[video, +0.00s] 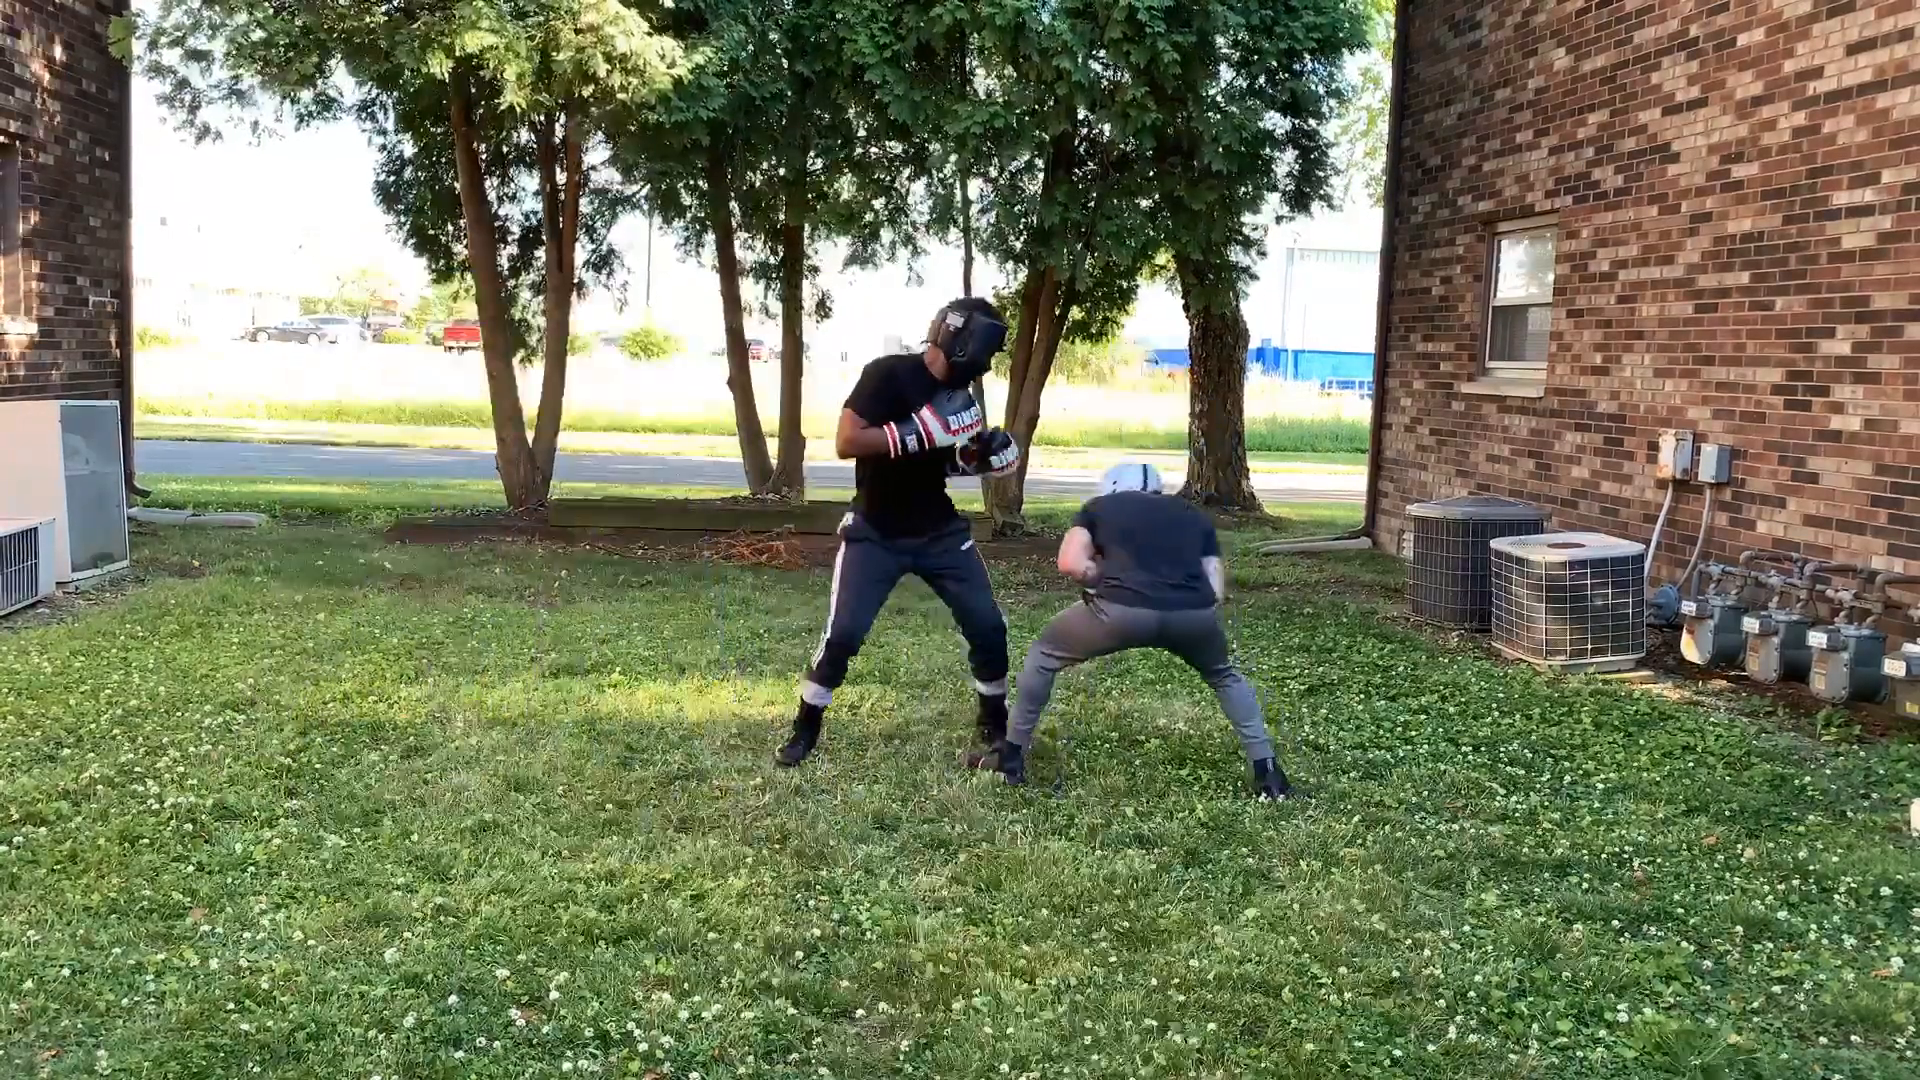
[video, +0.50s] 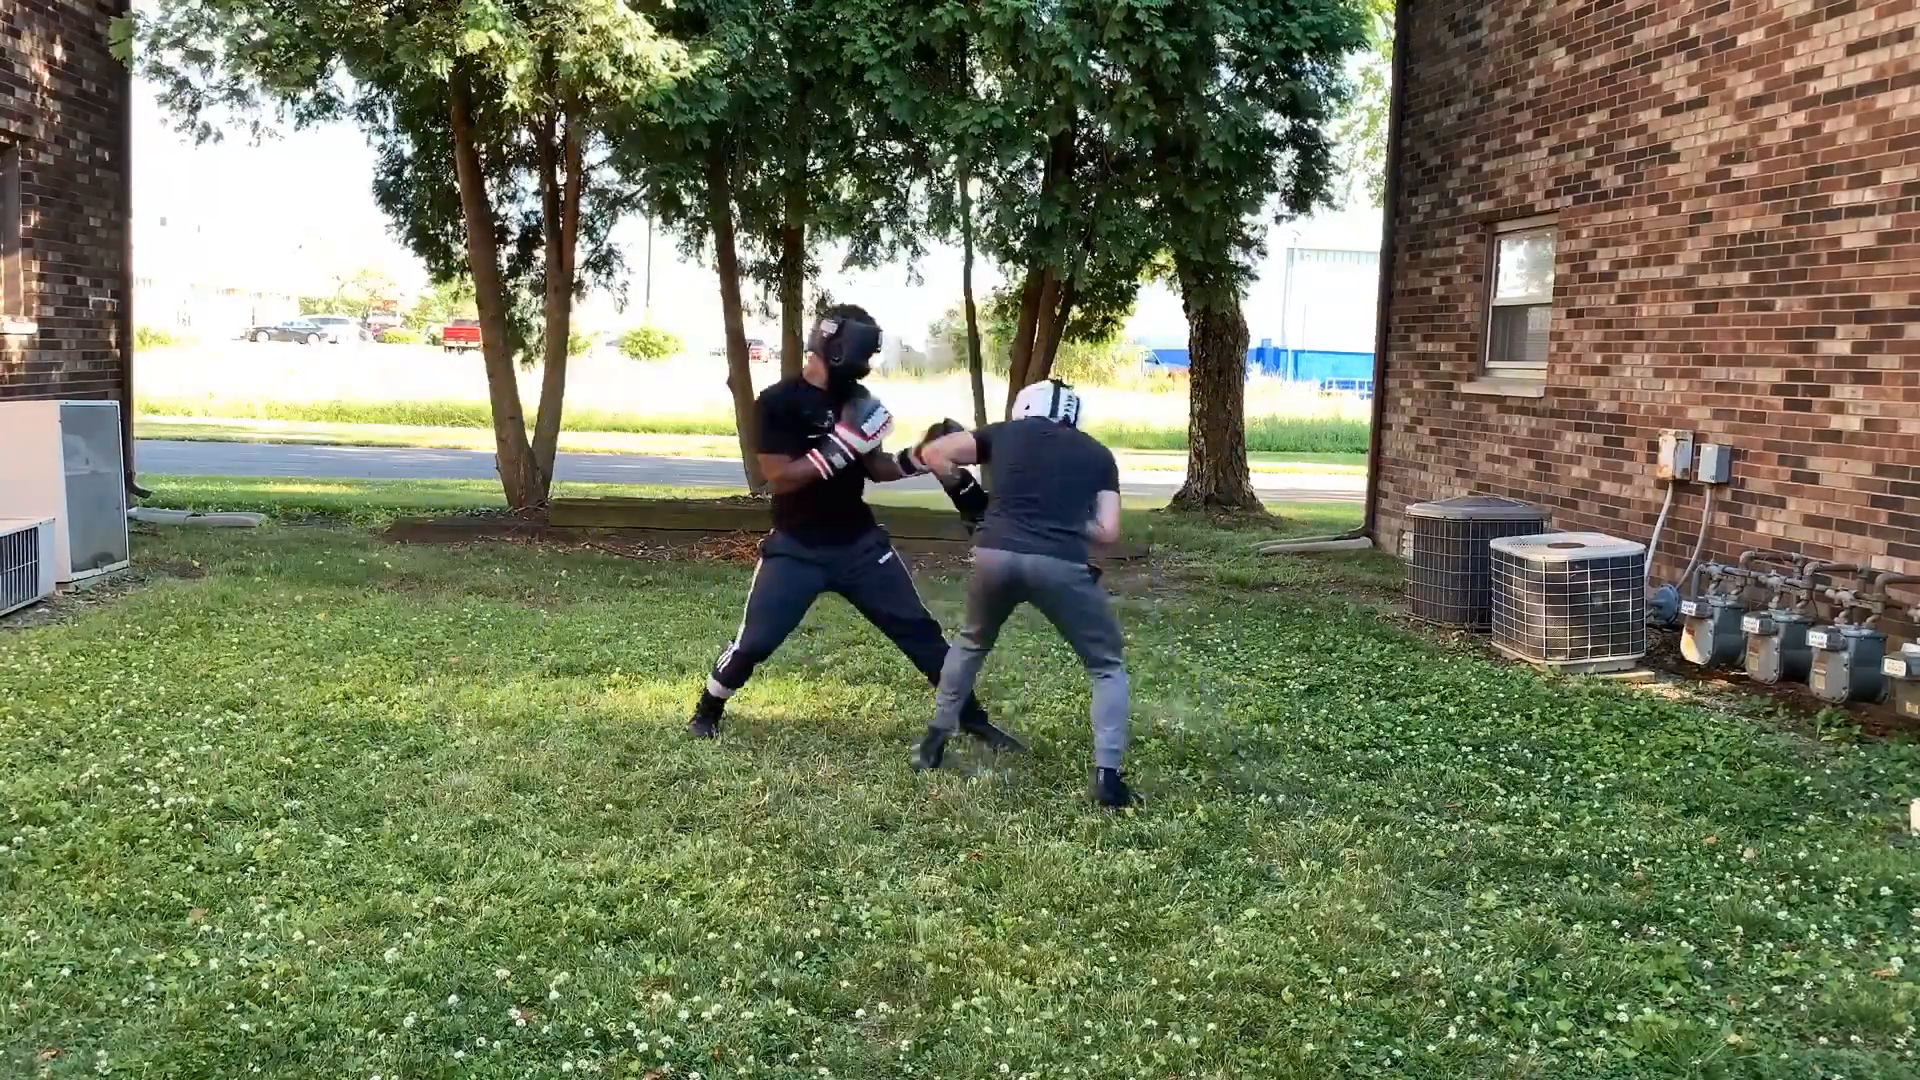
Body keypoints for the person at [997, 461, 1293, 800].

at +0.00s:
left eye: (1106, 488)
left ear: (1112, 489)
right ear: (1158, 489)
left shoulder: (1098, 506)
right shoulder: (1193, 514)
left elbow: (1070, 561)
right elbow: (1215, 589)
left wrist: (1108, 576)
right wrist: (1173, 585)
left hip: (1122, 610)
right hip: (1195, 615)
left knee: (1045, 654)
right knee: (1225, 675)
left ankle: (1011, 754)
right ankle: (1267, 769)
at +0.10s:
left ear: (1066, 484)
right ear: (1109, 480)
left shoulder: (1059, 502)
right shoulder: (1143, 501)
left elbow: (1038, 561)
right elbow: (1174, 556)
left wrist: (1073, 577)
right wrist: (1138, 573)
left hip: (1109, 604)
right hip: (1176, 607)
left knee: (1026, 650)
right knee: (1201, 678)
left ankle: (1006, 758)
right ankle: (1264, 768)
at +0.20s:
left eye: (1038, 459)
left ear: (1043, 459)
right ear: (1089, 457)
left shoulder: (1030, 474)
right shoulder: (1126, 479)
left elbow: (990, 516)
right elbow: (1141, 538)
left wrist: (1023, 547)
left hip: (1070, 584)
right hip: (1141, 585)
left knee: (1009, 650)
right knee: (1182, 668)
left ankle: (1004, 758)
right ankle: (1254, 764)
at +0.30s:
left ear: (1040, 430)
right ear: (1088, 433)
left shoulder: (1018, 445)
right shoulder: (1112, 459)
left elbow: (943, 451)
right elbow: (1132, 537)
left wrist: (969, 505)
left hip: (1043, 566)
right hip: (1113, 565)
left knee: (1007, 649)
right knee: (1157, 653)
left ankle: (1006, 758)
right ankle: (1198, 760)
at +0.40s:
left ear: (1038, 411)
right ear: (1083, 417)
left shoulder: (1013, 428)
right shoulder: (1108, 449)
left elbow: (936, 433)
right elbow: (1117, 525)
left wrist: (964, 487)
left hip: (1021, 551)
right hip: (1089, 558)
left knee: (990, 641)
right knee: (1117, 658)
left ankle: (987, 748)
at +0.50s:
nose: (1011, 419)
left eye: (1014, 413)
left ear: (1023, 412)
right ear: (1073, 417)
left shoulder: (1004, 433)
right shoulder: (1098, 455)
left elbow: (934, 453)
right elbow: (1107, 532)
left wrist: (965, 493)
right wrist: (1067, 525)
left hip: (995, 556)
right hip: (1062, 566)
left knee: (972, 640)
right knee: (1107, 667)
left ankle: (935, 739)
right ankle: (1109, 776)